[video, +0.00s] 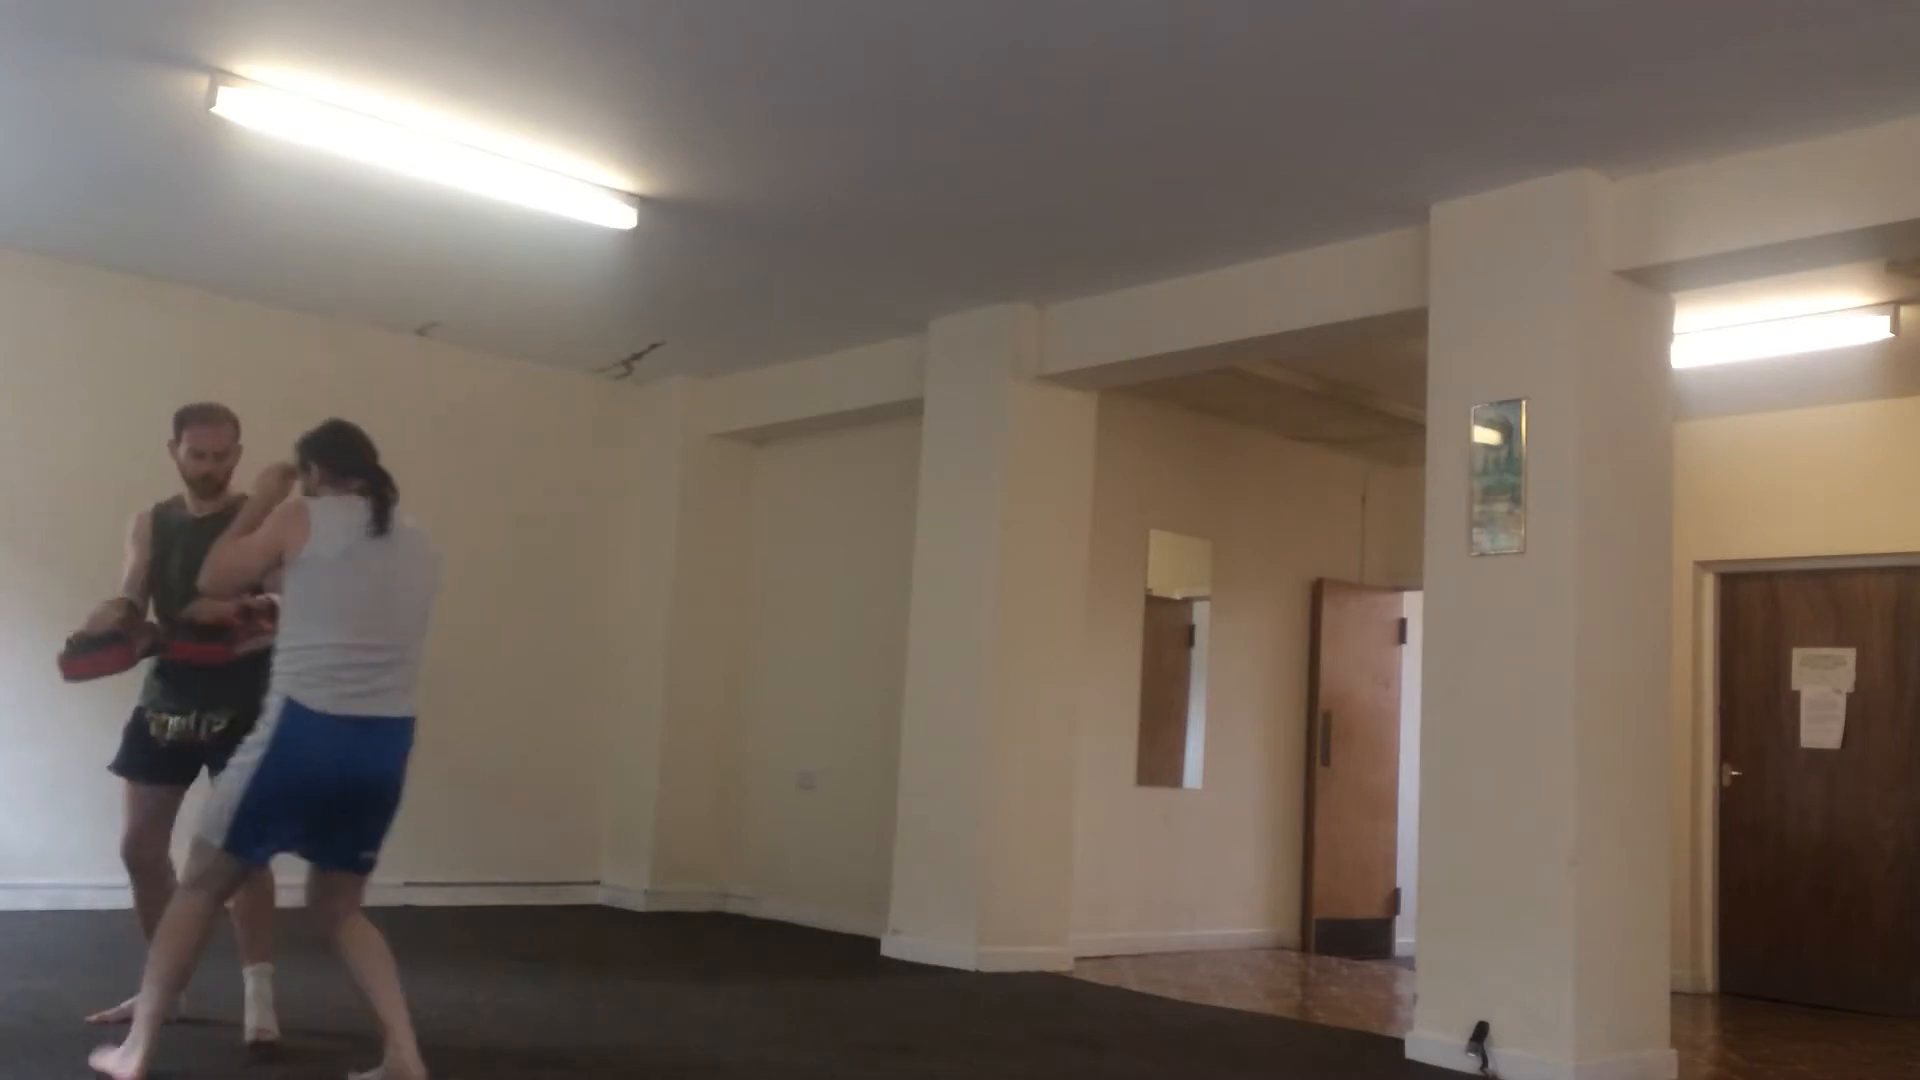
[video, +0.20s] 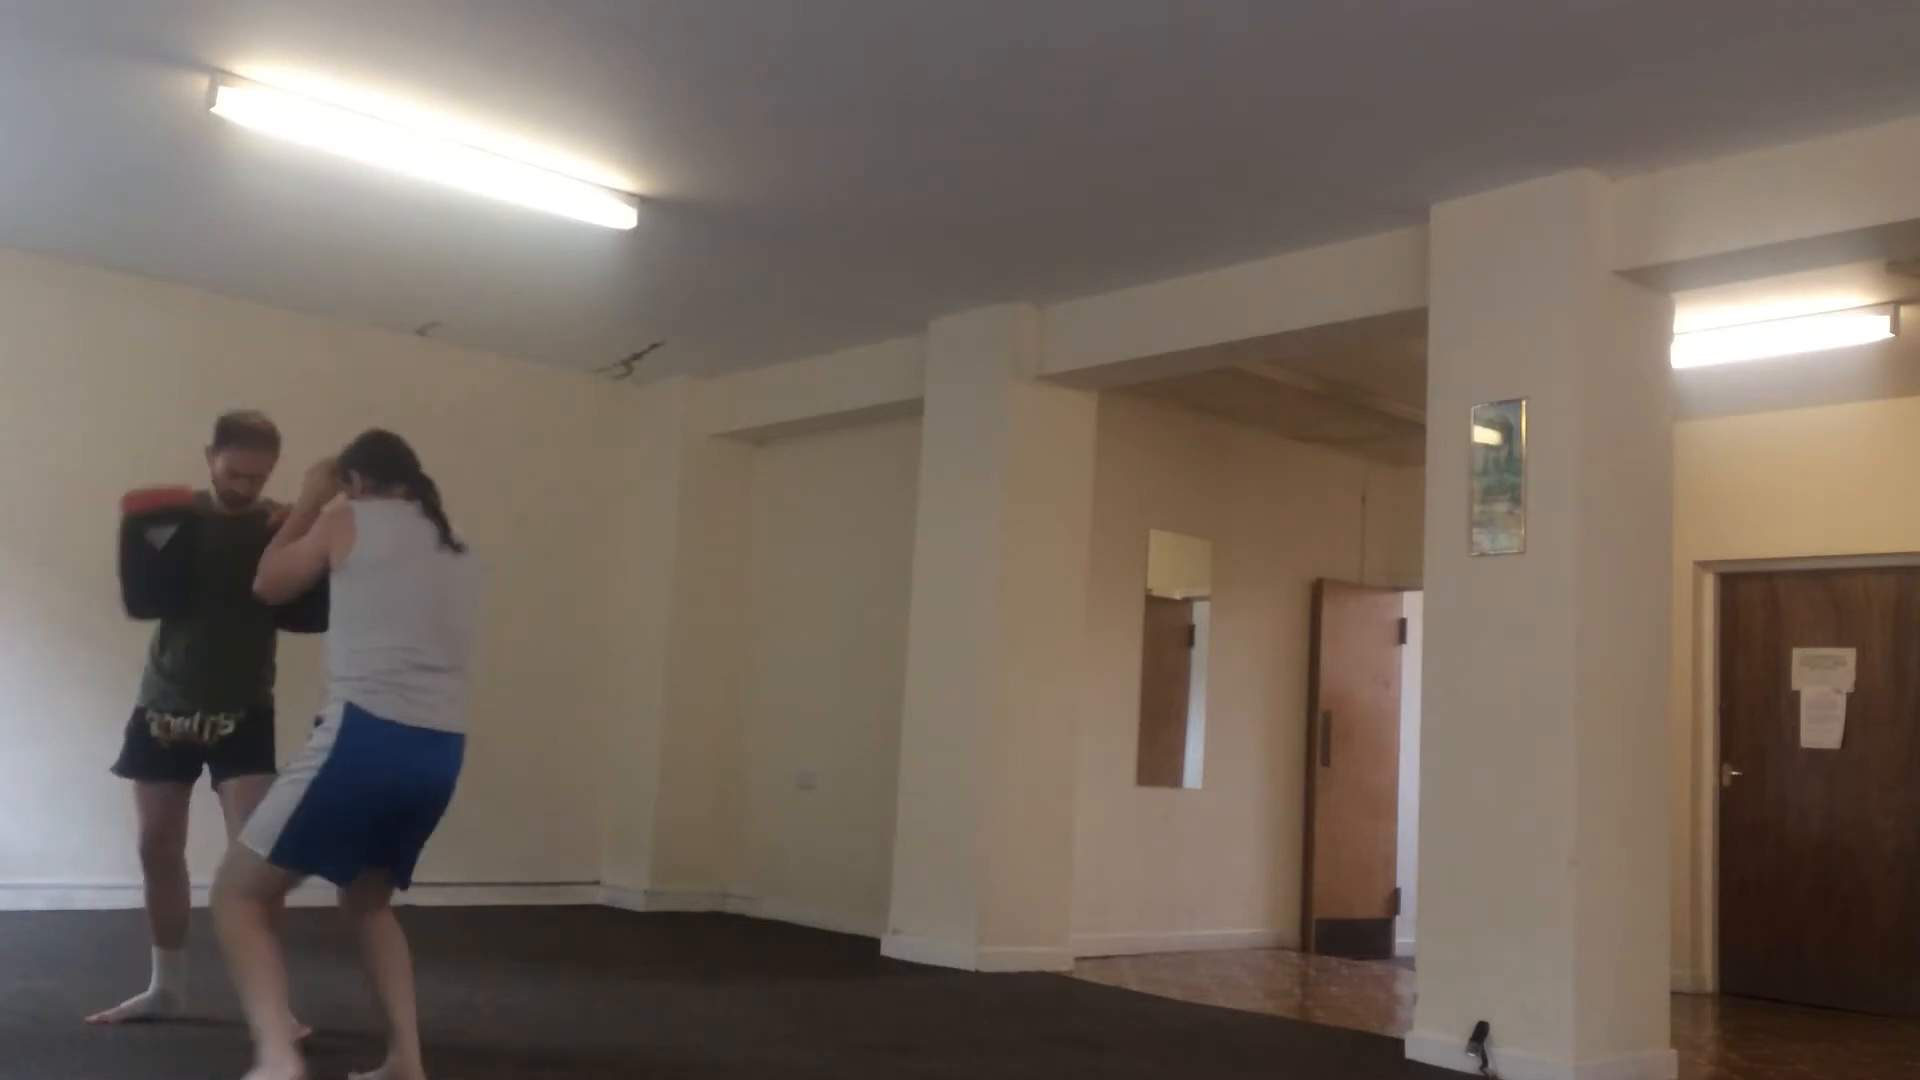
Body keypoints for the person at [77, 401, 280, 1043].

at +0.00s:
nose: (208, 467)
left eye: (220, 456)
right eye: (197, 455)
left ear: (239, 454)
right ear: (174, 454)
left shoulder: (262, 519)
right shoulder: (154, 522)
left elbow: (287, 602)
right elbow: (131, 605)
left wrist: (247, 617)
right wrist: (111, 620)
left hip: (244, 702)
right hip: (170, 698)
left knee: (244, 852)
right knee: (141, 848)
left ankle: (259, 998)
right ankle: (163, 983)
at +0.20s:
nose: (243, 484)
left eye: (255, 475)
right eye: (234, 471)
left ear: (270, 471)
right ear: (212, 460)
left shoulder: (284, 532)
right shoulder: (181, 524)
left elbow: (312, 615)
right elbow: (142, 601)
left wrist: (298, 542)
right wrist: (132, 528)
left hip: (243, 709)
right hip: (167, 705)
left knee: (256, 855)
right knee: (157, 847)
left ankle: (269, 1001)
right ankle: (165, 988)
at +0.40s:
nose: (288, 497)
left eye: (300, 486)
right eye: (279, 483)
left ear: (314, 482)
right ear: (260, 468)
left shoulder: (310, 526)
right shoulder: (216, 501)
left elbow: (332, 598)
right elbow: (192, 568)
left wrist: (329, 512)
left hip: (264, 709)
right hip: (188, 702)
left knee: (267, 864)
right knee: (154, 853)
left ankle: (268, 1013)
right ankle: (163, 986)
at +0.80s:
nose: (305, 480)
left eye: (320, 471)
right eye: (297, 464)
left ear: (335, 474)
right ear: (273, 450)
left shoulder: (328, 525)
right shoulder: (217, 502)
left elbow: (336, 646)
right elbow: (185, 597)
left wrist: (348, 590)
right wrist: (230, 555)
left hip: (274, 707)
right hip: (192, 698)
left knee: (277, 867)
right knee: (123, 857)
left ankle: (269, 1015)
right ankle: (59, 1013)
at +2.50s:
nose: (316, 460)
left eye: (323, 450)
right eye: (307, 445)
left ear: (306, 444)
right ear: (267, 432)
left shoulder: (237, 494)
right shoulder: (250, 495)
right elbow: (294, 601)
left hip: (243, 714)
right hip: (214, 714)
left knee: (236, 867)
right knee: (182, 871)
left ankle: (191, 1012)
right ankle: (105, 1048)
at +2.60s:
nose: (326, 463)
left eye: (333, 451)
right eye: (315, 444)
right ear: (271, 434)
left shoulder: (247, 494)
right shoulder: (260, 496)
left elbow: (278, 615)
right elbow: (308, 608)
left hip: (244, 713)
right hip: (216, 713)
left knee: (237, 865)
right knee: (185, 871)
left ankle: (191, 1013)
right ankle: (107, 1047)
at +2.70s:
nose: (307, 444)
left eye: (313, 432)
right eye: (296, 428)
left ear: (259, 429)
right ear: (251, 422)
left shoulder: (236, 489)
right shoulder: (243, 491)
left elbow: (302, 584)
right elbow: (317, 575)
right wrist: (312, 490)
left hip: (247, 710)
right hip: (219, 711)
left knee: (232, 864)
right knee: (187, 868)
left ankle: (191, 1012)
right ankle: (107, 1043)